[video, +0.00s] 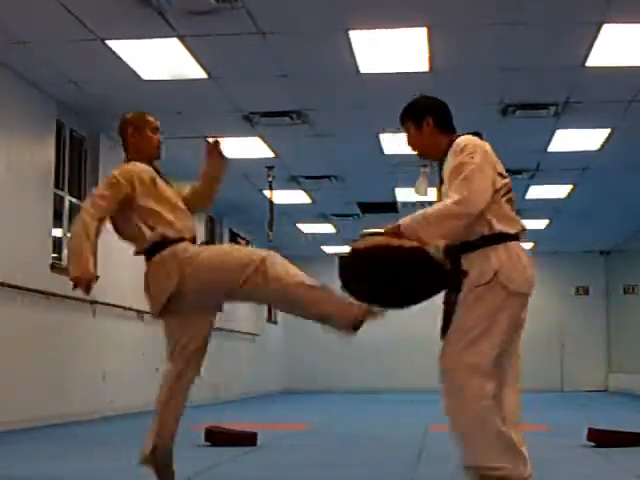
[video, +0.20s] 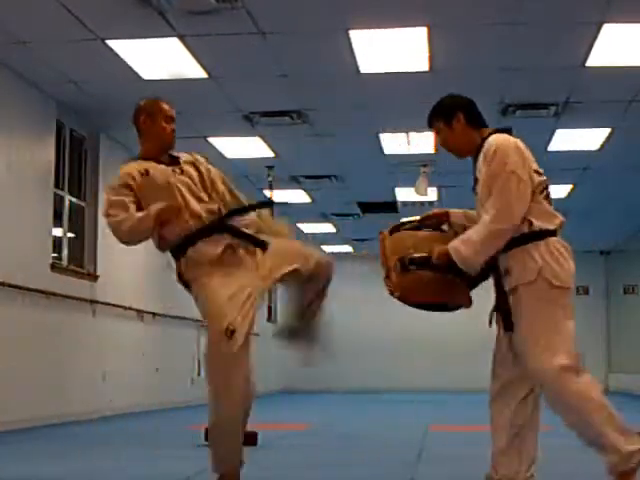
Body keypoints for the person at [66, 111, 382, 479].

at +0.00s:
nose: (159, 139)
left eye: (159, 133)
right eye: (152, 132)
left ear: (150, 139)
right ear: (130, 137)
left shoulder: (157, 185)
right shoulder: (127, 175)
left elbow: (198, 201)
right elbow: (90, 214)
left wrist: (212, 168)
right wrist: (81, 264)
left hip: (180, 275)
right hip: (174, 263)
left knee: (184, 365)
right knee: (263, 268)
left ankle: (160, 448)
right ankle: (347, 313)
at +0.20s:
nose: (173, 127)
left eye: (174, 122)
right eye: (166, 120)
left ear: (174, 127)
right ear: (143, 123)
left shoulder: (197, 162)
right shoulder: (130, 175)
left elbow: (235, 204)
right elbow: (123, 230)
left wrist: (267, 228)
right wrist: (156, 216)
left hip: (249, 243)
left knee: (319, 266)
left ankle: (299, 329)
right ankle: (228, 472)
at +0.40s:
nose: (226, 155)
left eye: (226, 148)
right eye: (221, 147)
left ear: (214, 152)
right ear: (197, 147)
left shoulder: (227, 200)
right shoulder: (169, 197)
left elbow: (237, 247)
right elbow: (157, 251)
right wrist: (199, 231)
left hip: (267, 271)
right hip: (234, 297)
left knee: (344, 275)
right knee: (249, 382)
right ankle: (235, 471)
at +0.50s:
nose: (236, 143)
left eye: (236, 137)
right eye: (230, 136)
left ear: (216, 140)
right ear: (207, 137)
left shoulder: (241, 191)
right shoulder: (182, 187)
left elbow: (249, 236)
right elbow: (176, 244)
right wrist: (229, 244)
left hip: (280, 272)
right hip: (245, 290)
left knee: (350, 301)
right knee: (251, 386)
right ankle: (237, 472)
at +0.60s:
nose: (255, 138)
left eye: (255, 132)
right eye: (248, 131)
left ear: (240, 137)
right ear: (224, 134)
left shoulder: (258, 190)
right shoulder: (202, 183)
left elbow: (268, 245)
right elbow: (199, 241)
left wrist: (307, 272)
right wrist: (257, 248)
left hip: (285, 282)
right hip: (250, 290)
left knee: (338, 337)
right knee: (255, 379)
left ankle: (328, 417)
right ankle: (237, 471)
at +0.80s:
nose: (301, 145)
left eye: (301, 138)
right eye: (294, 137)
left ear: (292, 144)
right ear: (270, 140)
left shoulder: (298, 197)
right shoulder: (251, 187)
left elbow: (303, 255)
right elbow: (242, 246)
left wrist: (333, 272)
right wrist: (292, 273)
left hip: (307, 300)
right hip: (276, 301)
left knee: (309, 388)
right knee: (273, 386)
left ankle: (316, 468)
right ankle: (239, 471)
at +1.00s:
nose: (340, 147)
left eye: (341, 141)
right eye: (334, 139)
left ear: (325, 145)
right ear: (310, 140)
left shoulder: (322, 192)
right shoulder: (291, 179)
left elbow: (320, 251)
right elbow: (270, 224)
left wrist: (346, 270)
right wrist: (319, 236)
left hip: (327, 289)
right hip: (305, 286)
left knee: (319, 379)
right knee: (325, 376)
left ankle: (317, 467)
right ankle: (272, 463)